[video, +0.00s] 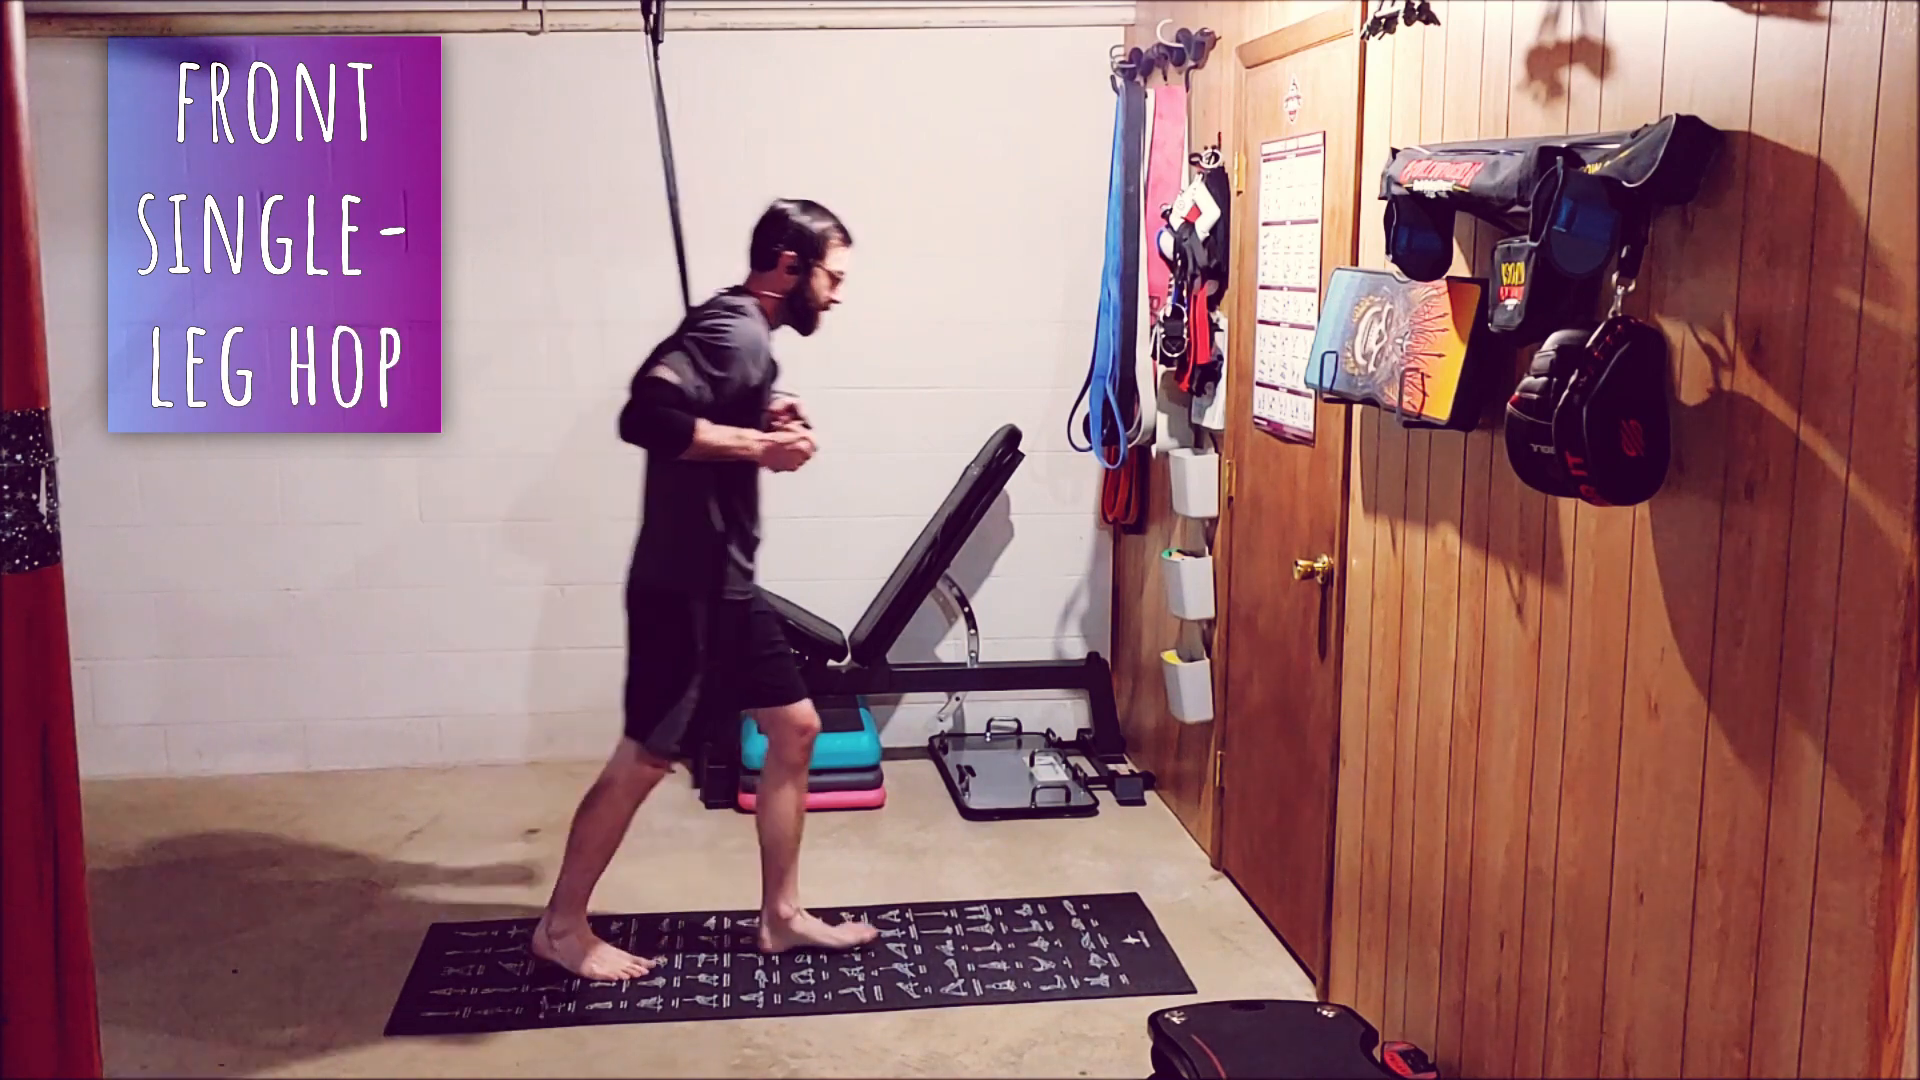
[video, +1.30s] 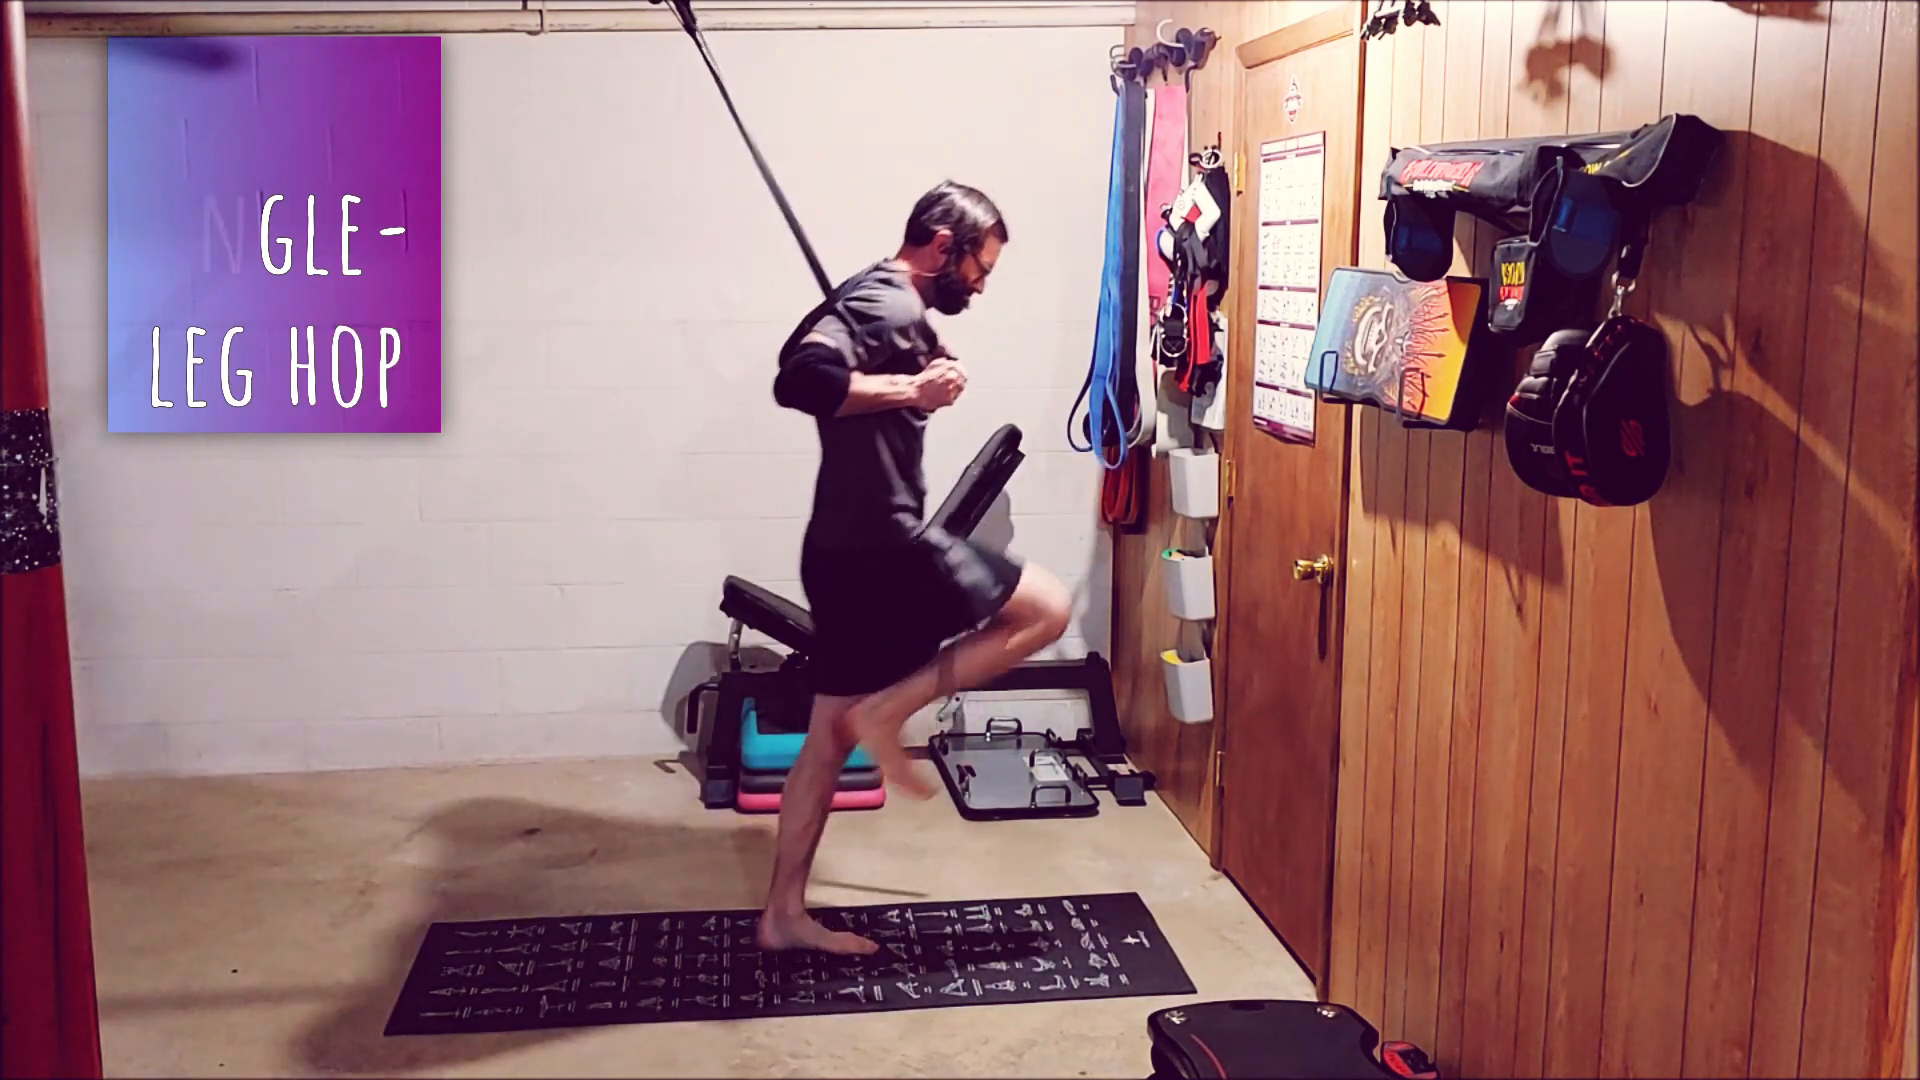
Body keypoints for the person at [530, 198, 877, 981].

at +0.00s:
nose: (837, 295)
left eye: (840, 280)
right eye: (833, 278)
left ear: (785, 267)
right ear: (787, 266)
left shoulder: (750, 331)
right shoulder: (729, 326)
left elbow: (703, 417)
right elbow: (644, 416)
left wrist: (772, 414)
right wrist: (759, 444)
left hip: (727, 581)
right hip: (684, 582)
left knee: (795, 727)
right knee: (645, 757)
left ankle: (784, 914)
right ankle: (561, 928)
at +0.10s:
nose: (880, 289)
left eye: (882, 275)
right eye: (873, 273)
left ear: (825, 267)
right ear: (827, 266)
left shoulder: (793, 332)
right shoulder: (771, 322)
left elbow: (741, 413)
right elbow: (686, 406)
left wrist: (813, 411)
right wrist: (798, 436)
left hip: (768, 577)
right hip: (728, 577)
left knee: (823, 728)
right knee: (702, 755)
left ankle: (787, 915)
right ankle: (574, 910)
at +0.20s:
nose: (922, 280)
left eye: (924, 265)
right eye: (915, 264)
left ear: (866, 257)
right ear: (870, 256)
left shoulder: (838, 326)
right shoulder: (814, 316)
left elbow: (786, 411)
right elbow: (727, 396)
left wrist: (855, 400)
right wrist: (838, 425)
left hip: (811, 572)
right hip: (780, 574)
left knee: (840, 739)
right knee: (814, 763)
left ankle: (789, 914)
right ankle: (636, 872)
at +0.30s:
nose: (957, 279)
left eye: (961, 265)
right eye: (953, 262)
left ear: (907, 252)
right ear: (908, 251)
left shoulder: (875, 316)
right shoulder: (854, 304)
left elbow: (811, 402)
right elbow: (762, 388)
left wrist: (888, 388)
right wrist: (878, 408)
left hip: (844, 561)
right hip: (827, 564)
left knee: (854, 740)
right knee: (931, 723)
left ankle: (789, 914)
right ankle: (744, 793)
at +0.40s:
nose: (986, 275)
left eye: (991, 260)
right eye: (984, 257)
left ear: (936, 241)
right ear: (940, 240)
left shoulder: (905, 300)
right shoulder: (887, 293)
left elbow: (840, 378)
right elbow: (800, 371)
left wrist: (928, 370)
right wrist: (911, 391)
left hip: (867, 545)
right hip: (866, 549)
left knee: (863, 729)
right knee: (1025, 648)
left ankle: (793, 905)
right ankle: (875, 696)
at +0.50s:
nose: (1010, 271)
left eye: (1016, 257)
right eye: (1010, 253)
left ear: (960, 226)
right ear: (972, 228)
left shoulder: (905, 274)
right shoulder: (926, 281)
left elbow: (836, 348)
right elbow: (843, 356)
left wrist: (951, 349)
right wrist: (952, 371)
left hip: (878, 523)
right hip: (913, 520)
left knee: (879, 715)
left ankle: (803, 890)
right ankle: (944, 636)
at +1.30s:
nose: (980, 287)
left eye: (986, 274)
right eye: (980, 269)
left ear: (932, 246)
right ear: (939, 245)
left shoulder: (888, 296)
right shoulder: (886, 297)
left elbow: (816, 378)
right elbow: (801, 376)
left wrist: (920, 379)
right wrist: (909, 391)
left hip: (849, 541)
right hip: (879, 538)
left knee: (832, 731)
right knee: (1045, 609)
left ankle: (784, 915)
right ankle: (883, 716)